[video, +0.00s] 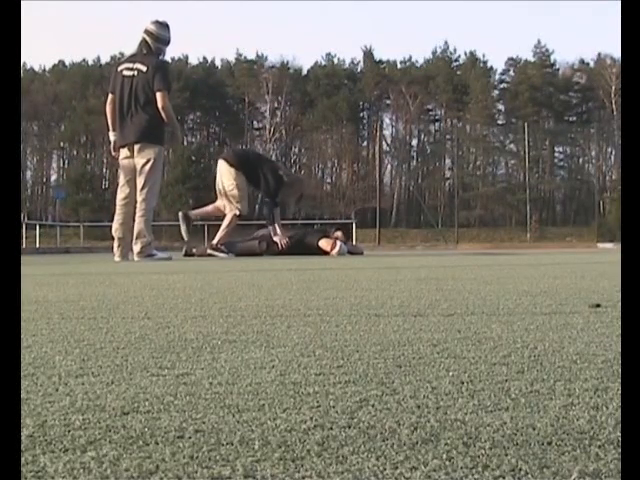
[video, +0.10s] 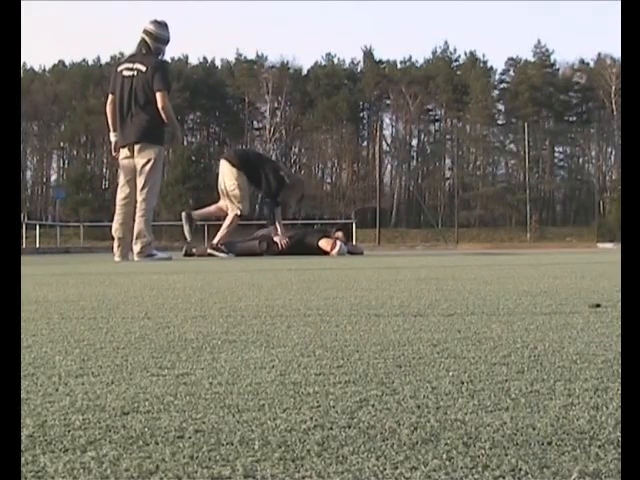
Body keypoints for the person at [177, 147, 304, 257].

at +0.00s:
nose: (291, 197)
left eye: (295, 195)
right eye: (294, 194)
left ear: (290, 183)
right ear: (291, 186)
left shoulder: (273, 180)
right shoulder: (276, 181)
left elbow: (269, 210)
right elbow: (273, 209)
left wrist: (275, 234)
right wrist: (278, 234)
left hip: (226, 161)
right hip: (233, 165)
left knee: (224, 205)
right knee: (236, 209)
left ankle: (190, 216)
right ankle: (215, 244)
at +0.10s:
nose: (291, 199)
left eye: (295, 196)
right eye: (294, 195)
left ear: (291, 183)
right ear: (292, 187)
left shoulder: (277, 180)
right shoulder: (277, 182)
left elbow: (274, 209)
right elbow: (271, 209)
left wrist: (280, 233)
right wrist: (276, 235)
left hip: (229, 160)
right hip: (235, 164)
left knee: (227, 205)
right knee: (238, 209)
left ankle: (193, 216)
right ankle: (215, 244)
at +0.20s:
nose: (294, 201)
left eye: (297, 197)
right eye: (297, 197)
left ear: (290, 185)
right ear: (292, 188)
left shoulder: (274, 180)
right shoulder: (277, 181)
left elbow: (271, 210)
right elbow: (275, 209)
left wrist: (276, 234)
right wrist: (280, 234)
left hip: (229, 161)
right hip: (236, 164)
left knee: (228, 205)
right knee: (239, 209)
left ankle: (194, 214)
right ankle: (216, 243)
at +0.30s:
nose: (293, 200)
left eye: (296, 198)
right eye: (295, 197)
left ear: (290, 185)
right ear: (292, 189)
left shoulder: (277, 179)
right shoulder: (278, 181)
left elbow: (276, 209)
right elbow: (270, 210)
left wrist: (281, 234)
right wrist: (277, 236)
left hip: (229, 162)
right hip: (238, 166)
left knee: (226, 206)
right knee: (241, 210)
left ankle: (191, 207)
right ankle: (217, 242)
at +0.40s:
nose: (288, 197)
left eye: (291, 195)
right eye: (291, 195)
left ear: (286, 183)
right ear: (289, 189)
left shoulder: (275, 178)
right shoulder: (277, 182)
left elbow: (277, 209)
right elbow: (271, 210)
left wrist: (281, 235)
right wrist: (277, 237)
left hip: (230, 161)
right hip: (239, 166)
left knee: (224, 206)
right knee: (240, 211)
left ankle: (188, 199)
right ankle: (217, 242)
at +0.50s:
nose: (286, 196)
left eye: (288, 194)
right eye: (288, 194)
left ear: (286, 182)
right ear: (288, 188)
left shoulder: (277, 180)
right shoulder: (277, 182)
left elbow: (277, 210)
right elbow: (268, 213)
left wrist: (282, 235)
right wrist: (277, 238)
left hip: (231, 161)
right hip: (239, 166)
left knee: (217, 203)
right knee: (241, 210)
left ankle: (182, 183)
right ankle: (218, 242)